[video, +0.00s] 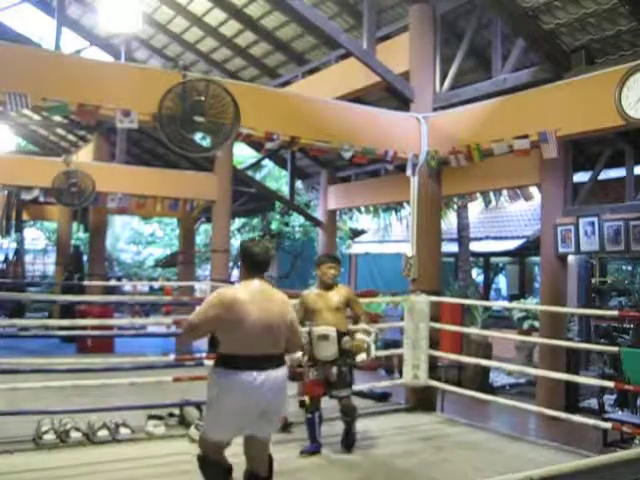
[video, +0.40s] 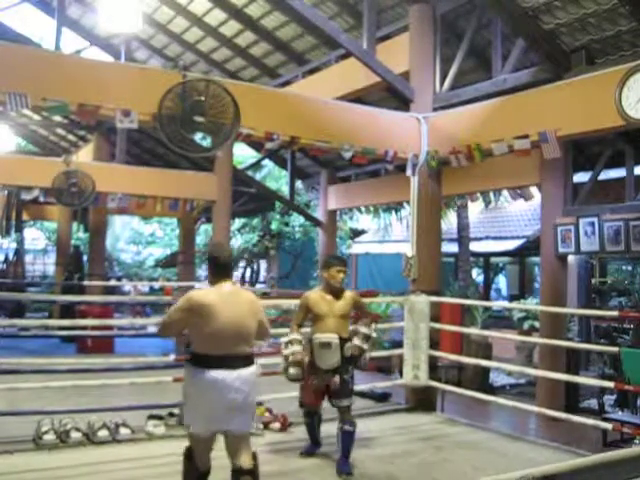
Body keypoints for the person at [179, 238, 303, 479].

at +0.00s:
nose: (238, 264)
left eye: (239, 261)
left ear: (241, 263)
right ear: (269, 266)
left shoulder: (225, 297)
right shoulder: (281, 300)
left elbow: (190, 329)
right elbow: (295, 344)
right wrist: (266, 346)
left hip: (233, 378)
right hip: (273, 377)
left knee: (211, 449)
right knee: (258, 448)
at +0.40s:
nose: (209, 271)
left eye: (209, 267)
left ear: (209, 269)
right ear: (232, 269)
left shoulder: (196, 299)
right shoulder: (249, 298)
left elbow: (165, 329)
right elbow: (264, 332)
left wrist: (191, 331)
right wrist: (235, 332)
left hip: (204, 375)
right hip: (243, 373)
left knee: (200, 446)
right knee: (241, 445)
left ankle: (198, 476)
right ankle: (245, 474)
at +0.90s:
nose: (178, 267)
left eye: (180, 264)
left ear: (182, 266)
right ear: (207, 268)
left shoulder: (168, 295)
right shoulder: (221, 297)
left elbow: (145, 327)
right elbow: (241, 331)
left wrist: (172, 322)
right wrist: (217, 324)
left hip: (178, 365)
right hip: (213, 365)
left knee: (186, 433)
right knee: (212, 428)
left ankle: (191, 474)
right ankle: (211, 474)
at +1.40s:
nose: (218, 266)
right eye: (217, 263)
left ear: (193, 266)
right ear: (215, 266)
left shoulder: (178, 293)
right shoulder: (227, 295)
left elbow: (157, 320)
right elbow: (244, 330)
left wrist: (180, 313)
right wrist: (222, 323)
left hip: (185, 354)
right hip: (219, 354)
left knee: (175, 415)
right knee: (207, 418)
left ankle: (178, 468)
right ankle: (200, 472)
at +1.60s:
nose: (219, 269)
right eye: (219, 265)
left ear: (195, 266)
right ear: (216, 267)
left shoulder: (180, 292)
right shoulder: (229, 295)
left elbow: (159, 321)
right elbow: (243, 331)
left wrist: (182, 313)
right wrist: (221, 322)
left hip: (186, 353)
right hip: (219, 353)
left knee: (181, 410)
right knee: (208, 414)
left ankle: (177, 465)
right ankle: (200, 469)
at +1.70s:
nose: (221, 268)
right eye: (219, 265)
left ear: (195, 266)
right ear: (216, 267)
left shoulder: (181, 292)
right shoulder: (229, 295)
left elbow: (164, 319)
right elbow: (244, 330)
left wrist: (173, 300)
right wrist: (223, 320)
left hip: (186, 352)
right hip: (218, 353)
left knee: (183, 408)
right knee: (208, 411)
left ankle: (181, 459)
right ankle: (199, 466)